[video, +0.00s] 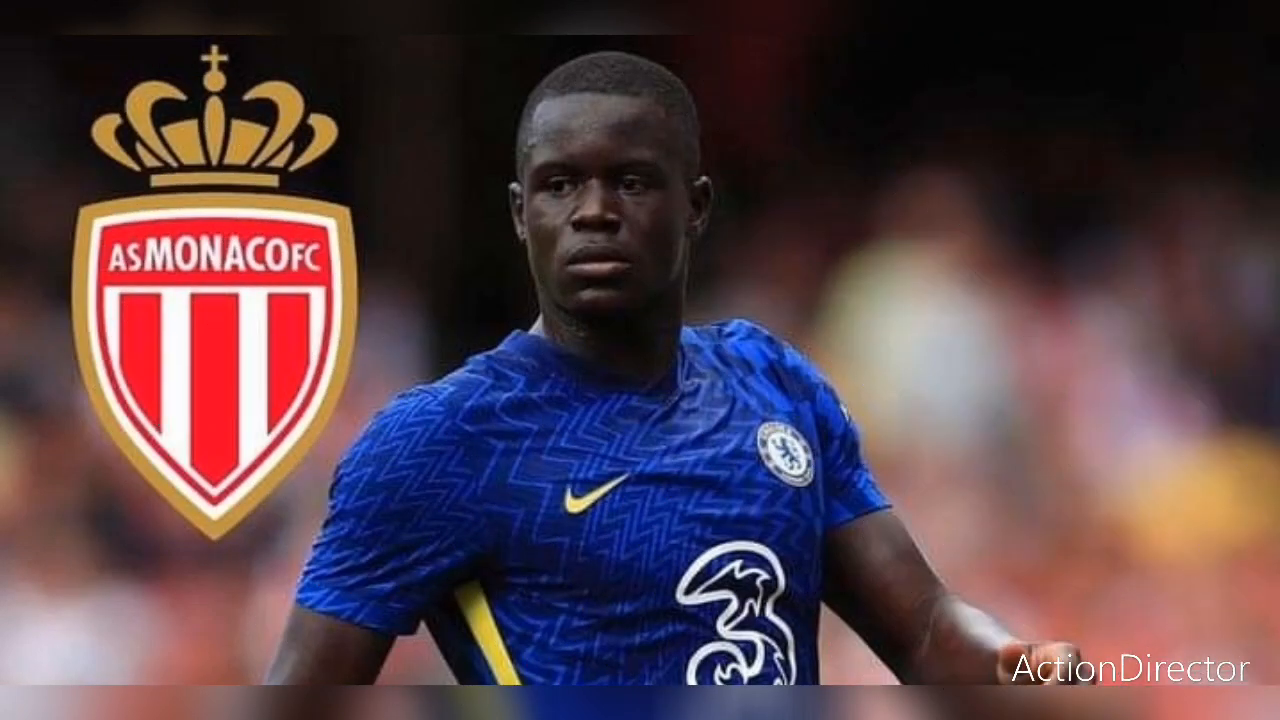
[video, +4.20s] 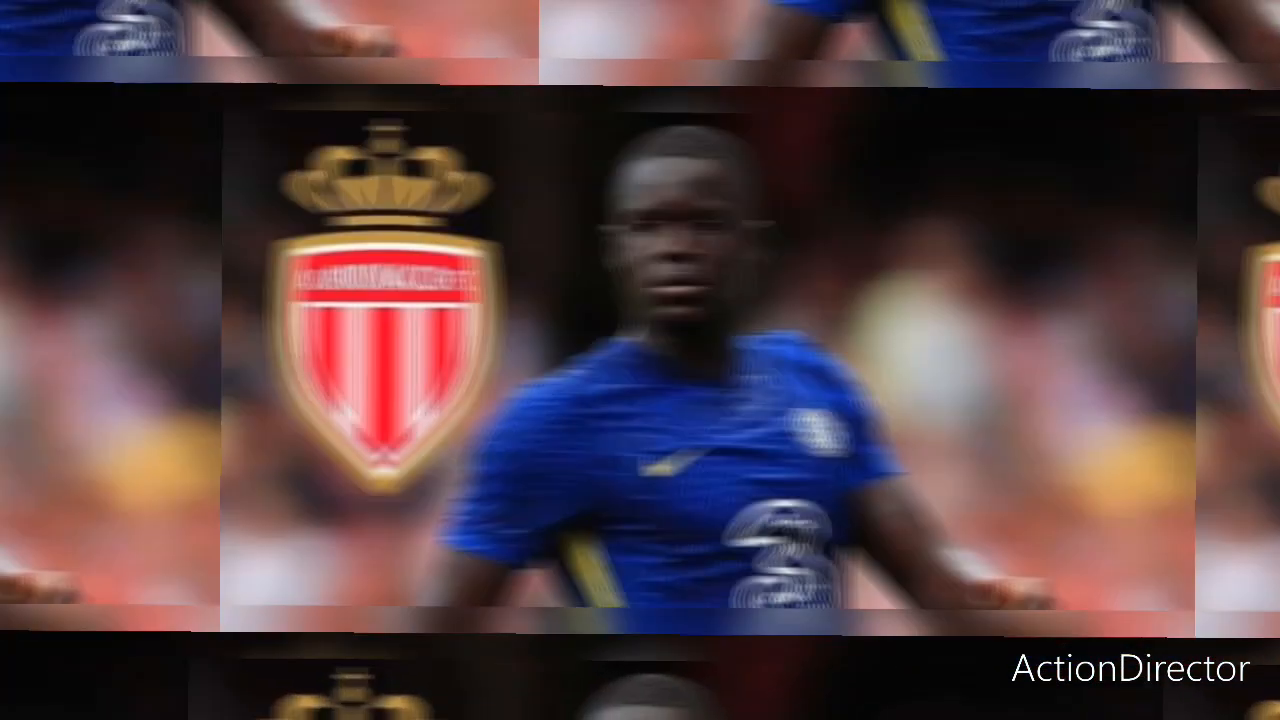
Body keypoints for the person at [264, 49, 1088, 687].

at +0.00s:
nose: (595, 210)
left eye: (633, 178)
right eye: (560, 181)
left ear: (697, 209)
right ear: (522, 216)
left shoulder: (770, 385)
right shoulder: (433, 444)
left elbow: (921, 626)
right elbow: (301, 691)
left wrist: (1021, 675)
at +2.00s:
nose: (600, 209)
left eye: (636, 177)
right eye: (562, 180)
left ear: (698, 206)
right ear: (520, 213)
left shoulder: (770, 384)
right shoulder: (453, 430)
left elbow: (920, 625)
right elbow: (302, 688)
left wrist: (1021, 673)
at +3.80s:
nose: (644, 218)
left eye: (680, 190)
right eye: (612, 193)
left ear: (739, 219)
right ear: (577, 223)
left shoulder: (807, 382)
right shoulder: (492, 439)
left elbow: (950, 608)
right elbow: (366, 682)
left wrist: (1045, 656)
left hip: (818, 705)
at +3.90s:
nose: (741, 225)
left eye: (774, 197)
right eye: (708, 199)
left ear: (831, 224)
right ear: (674, 228)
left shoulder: (897, 383)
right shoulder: (594, 437)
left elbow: (1032, 597)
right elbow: (474, 663)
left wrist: (1116, 641)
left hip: (906, 683)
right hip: (736, 697)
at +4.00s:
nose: (922, 234)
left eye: (954, 206)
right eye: (893, 209)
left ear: (1010, 232)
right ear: (857, 239)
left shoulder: (1072, 382)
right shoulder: (786, 431)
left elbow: (1204, 586)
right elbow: (668, 655)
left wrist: (1273, 628)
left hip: (1092, 691)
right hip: (904, 690)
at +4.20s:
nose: (676, 248)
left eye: (705, 224)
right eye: (648, 226)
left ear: (753, 245)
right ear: (613, 249)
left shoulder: (806, 381)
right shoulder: (554, 423)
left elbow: (927, 565)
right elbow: (437, 630)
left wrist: (992, 603)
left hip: (820, 696)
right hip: (672, 698)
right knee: (645, 700)